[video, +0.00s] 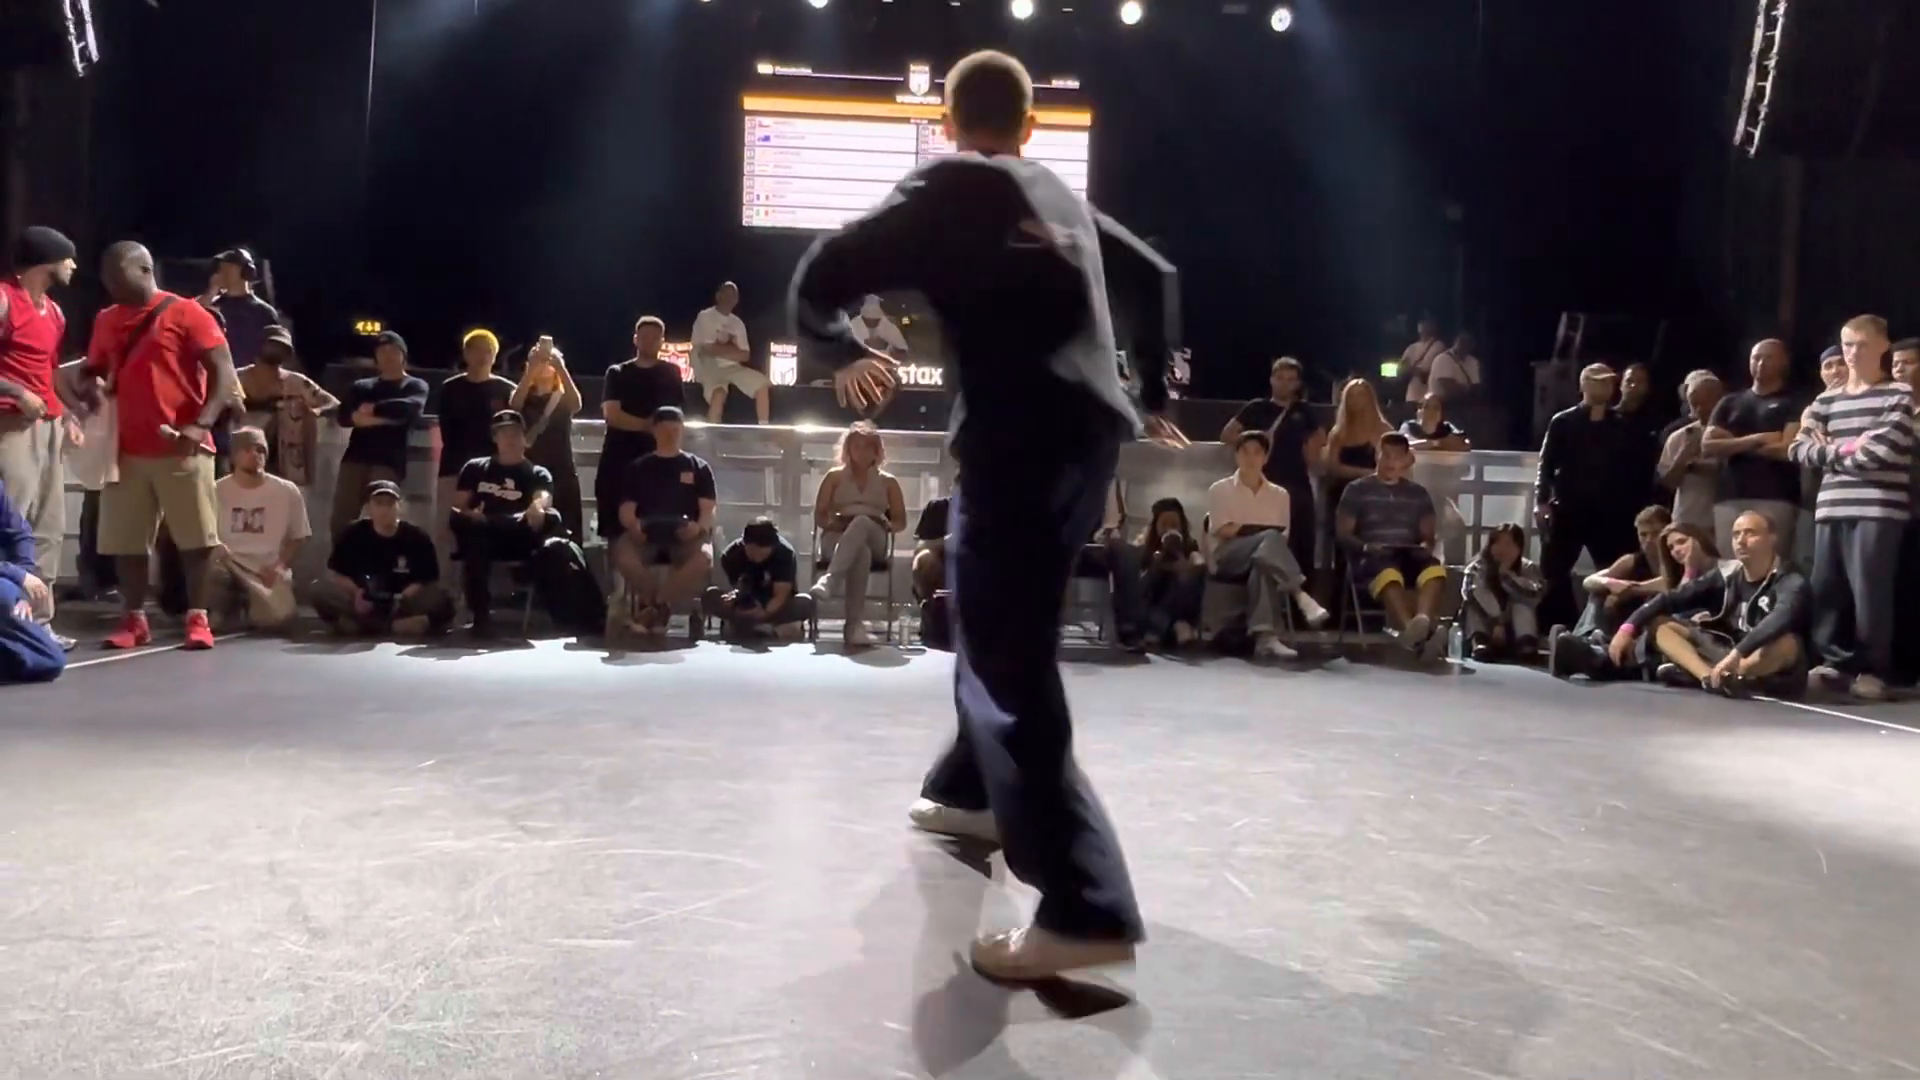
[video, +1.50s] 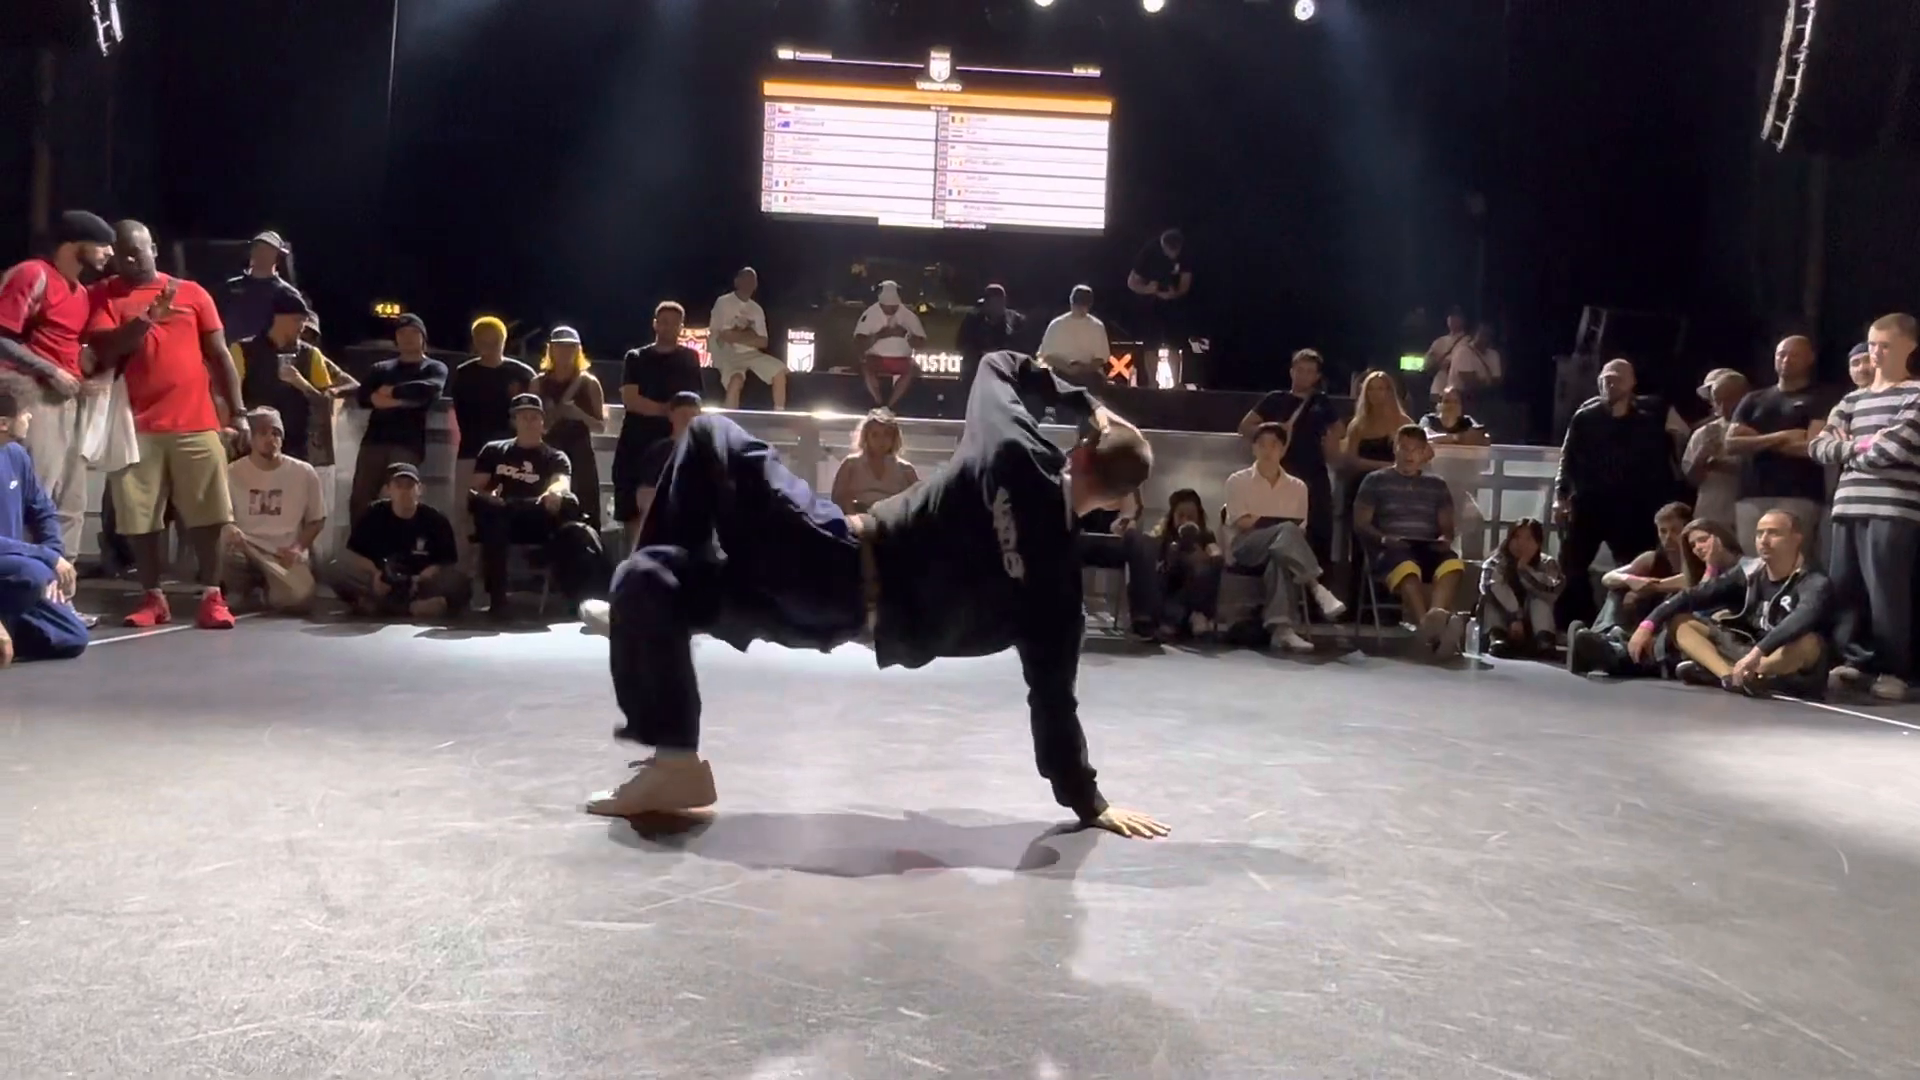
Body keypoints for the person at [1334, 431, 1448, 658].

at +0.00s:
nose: (1389, 462)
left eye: (1396, 457)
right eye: (1385, 455)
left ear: (1408, 461)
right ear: (1378, 457)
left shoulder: (1418, 493)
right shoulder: (1357, 490)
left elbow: (1428, 536)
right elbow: (1343, 533)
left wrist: (1424, 548)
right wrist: (1367, 547)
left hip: (1409, 551)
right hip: (1376, 549)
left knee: (1434, 571)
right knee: (1389, 577)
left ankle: (1420, 629)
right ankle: (1416, 637)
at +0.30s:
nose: (1393, 461)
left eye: (1400, 456)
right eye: (1389, 455)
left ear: (1411, 461)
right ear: (1381, 456)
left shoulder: (1422, 493)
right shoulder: (1360, 489)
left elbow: (1431, 535)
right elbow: (1345, 533)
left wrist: (1428, 546)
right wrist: (1369, 547)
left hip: (1412, 550)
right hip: (1379, 548)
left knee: (1437, 571)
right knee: (1392, 577)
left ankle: (1422, 630)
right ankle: (1419, 639)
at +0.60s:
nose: (1397, 460)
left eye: (1404, 454)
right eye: (1393, 453)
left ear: (1416, 459)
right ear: (1385, 455)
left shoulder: (1426, 491)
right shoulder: (1365, 487)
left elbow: (1435, 533)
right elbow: (1350, 531)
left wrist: (1432, 544)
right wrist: (1375, 544)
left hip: (1417, 548)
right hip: (1384, 545)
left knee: (1442, 569)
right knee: (1397, 576)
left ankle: (1427, 627)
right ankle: (1420, 636)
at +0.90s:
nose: (1401, 457)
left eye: (1408, 452)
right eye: (1397, 451)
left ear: (1420, 457)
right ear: (1389, 453)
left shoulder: (1430, 489)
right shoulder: (1368, 485)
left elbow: (1440, 531)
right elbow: (1355, 528)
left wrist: (1437, 542)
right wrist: (1379, 542)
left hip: (1421, 546)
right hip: (1388, 544)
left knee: (1446, 568)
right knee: (1402, 575)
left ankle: (1432, 623)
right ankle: (1425, 634)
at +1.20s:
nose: (1404, 455)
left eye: (1411, 450)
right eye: (1400, 449)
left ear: (1424, 455)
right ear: (1392, 451)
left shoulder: (1434, 487)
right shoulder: (1371, 483)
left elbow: (1443, 530)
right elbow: (1357, 527)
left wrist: (1440, 542)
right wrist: (1380, 541)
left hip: (1425, 545)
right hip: (1391, 544)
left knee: (1450, 566)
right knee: (1404, 573)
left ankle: (1434, 621)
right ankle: (1429, 634)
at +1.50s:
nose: (1409, 454)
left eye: (1415, 449)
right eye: (1404, 448)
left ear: (1426, 455)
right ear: (1395, 450)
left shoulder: (1437, 485)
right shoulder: (1375, 481)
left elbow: (1447, 529)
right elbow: (1361, 523)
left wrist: (1444, 541)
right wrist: (1384, 539)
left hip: (1429, 544)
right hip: (1395, 542)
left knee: (1453, 566)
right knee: (1408, 573)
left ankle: (1435, 622)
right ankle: (1431, 633)